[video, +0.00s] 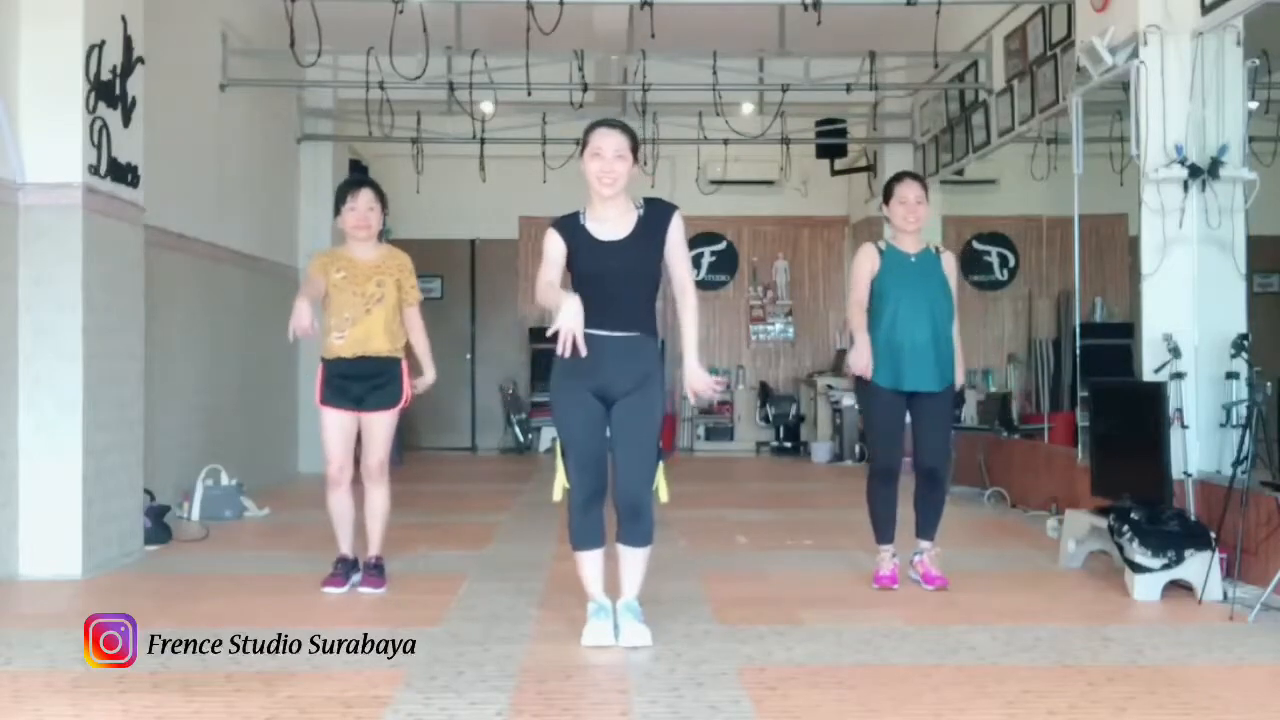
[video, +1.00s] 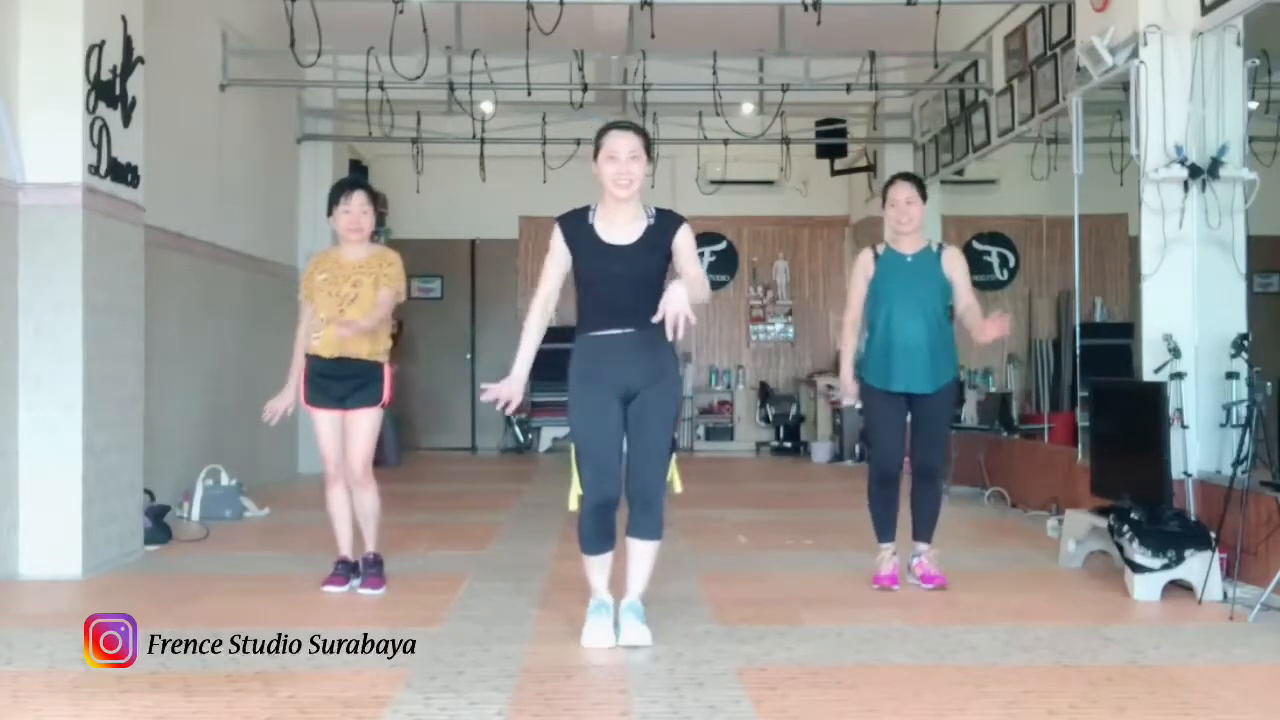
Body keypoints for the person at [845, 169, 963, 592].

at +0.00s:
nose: (912, 209)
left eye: (919, 202)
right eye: (903, 202)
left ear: (929, 208)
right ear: (887, 209)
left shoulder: (945, 261)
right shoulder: (871, 255)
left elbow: (951, 320)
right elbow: (856, 306)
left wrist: (958, 365)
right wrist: (860, 344)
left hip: (935, 378)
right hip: (883, 376)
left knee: (934, 466)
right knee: (884, 464)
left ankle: (924, 553)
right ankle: (885, 554)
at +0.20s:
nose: (904, 214)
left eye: (910, 206)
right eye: (895, 207)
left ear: (920, 211)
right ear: (879, 214)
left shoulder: (939, 262)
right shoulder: (865, 260)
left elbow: (944, 313)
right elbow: (855, 314)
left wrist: (939, 354)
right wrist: (861, 353)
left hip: (927, 381)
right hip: (875, 378)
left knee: (933, 465)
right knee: (879, 462)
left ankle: (925, 548)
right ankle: (884, 553)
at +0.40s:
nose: (897, 214)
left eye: (904, 205)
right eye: (887, 207)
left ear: (916, 211)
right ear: (875, 214)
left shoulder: (937, 261)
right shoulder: (862, 260)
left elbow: (946, 318)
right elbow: (848, 317)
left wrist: (950, 368)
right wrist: (848, 367)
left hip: (925, 381)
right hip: (871, 381)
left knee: (931, 464)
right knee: (878, 463)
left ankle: (924, 548)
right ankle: (884, 553)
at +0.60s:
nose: (893, 213)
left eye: (901, 205)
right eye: (885, 206)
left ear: (914, 211)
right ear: (874, 214)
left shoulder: (937, 262)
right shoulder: (860, 260)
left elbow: (955, 321)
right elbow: (840, 321)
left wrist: (968, 370)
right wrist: (833, 376)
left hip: (925, 382)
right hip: (868, 382)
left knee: (931, 467)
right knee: (877, 465)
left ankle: (924, 549)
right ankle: (884, 553)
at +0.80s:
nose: (896, 210)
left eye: (904, 202)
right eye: (888, 203)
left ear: (918, 208)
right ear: (877, 211)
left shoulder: (940, 258)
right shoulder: (862, 258)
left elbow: (964, 310)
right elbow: (843, 318)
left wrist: (976, 346)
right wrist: (830, 374)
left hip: (928, 379)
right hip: (874, 379)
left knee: (930, 465)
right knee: (880, 465)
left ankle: (924, 552)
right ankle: (884, 554)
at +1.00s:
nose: (902, 211)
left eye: (910, 203)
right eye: (894, 204)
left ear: (924, 208)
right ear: (884, 212)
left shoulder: (948, 257)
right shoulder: (870, 260)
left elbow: (968, 308)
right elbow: (852, 320)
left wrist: (982, 329)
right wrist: (846, 372)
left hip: (936, 381)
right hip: (882, 381)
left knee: (930, 466)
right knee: (884, 465)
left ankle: (923, 553)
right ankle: (887, 552)